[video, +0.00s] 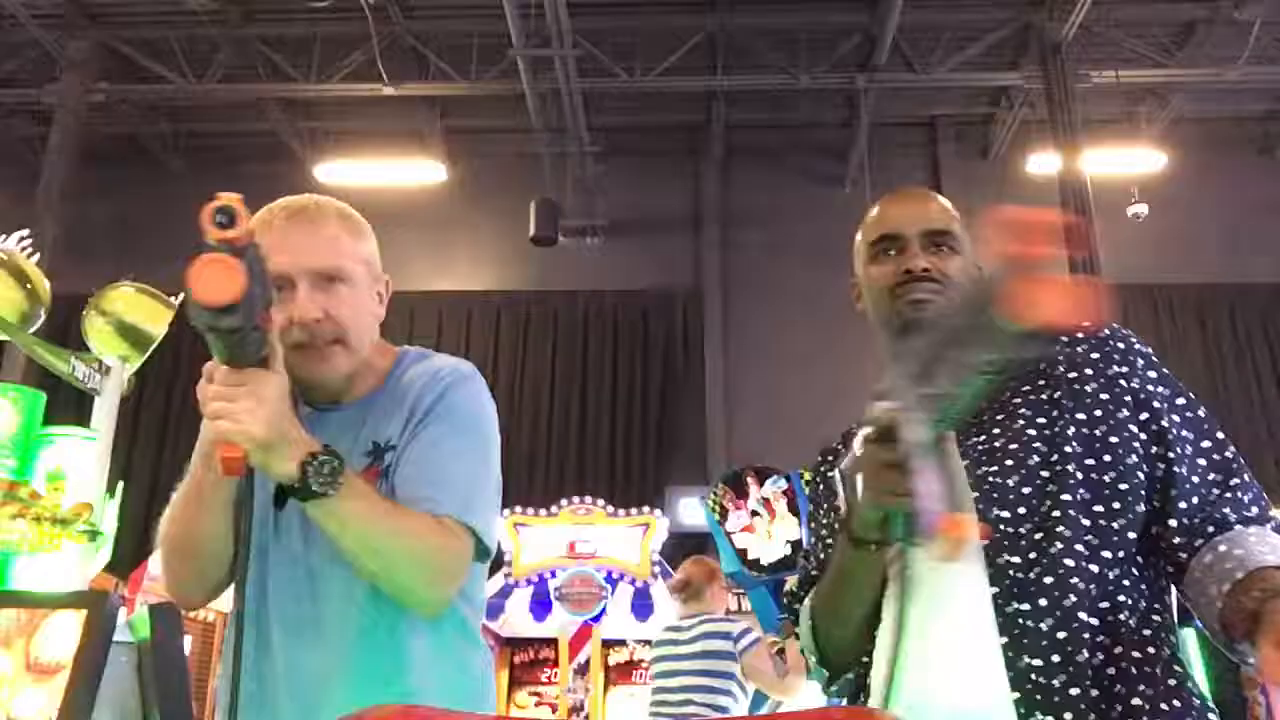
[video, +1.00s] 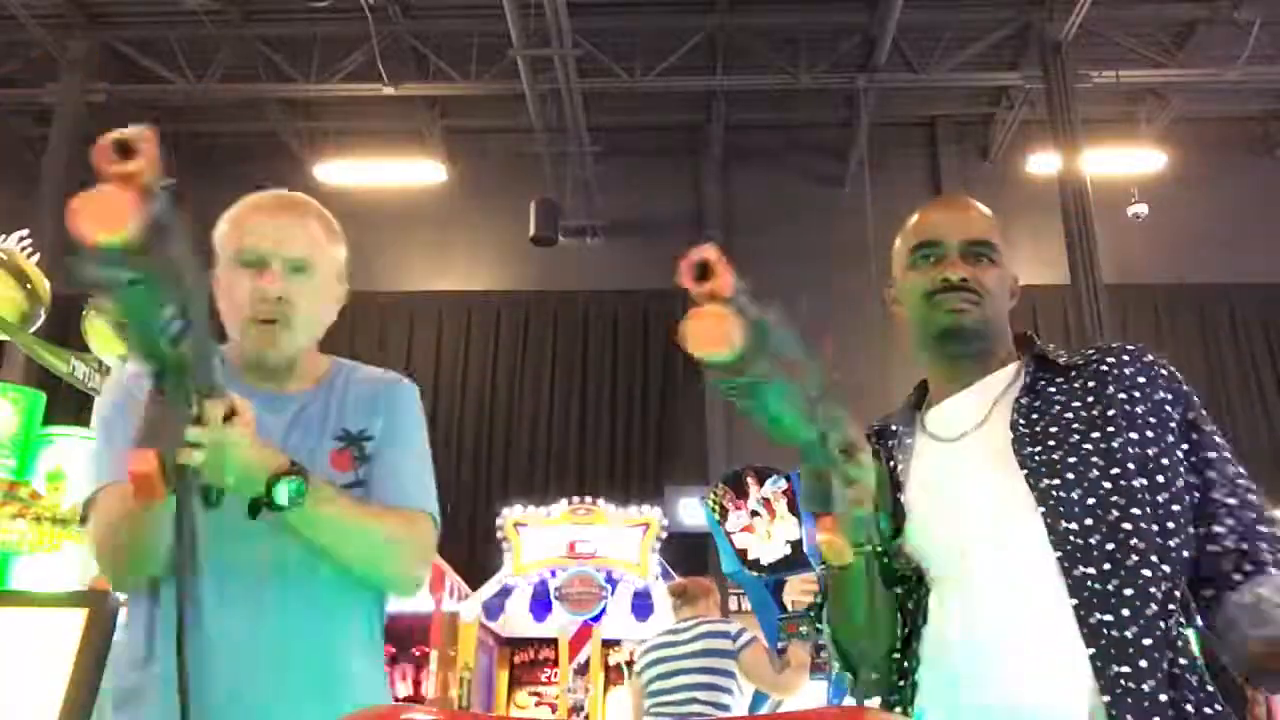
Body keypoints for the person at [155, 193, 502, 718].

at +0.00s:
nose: (305, 312)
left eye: (331, 282)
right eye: (279, 288)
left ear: (381, 297)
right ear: (253, 309)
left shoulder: (446, 391)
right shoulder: (253, 406)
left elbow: (433, 578)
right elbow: (188, 585)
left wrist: (296, 455)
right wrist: (219, 434)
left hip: (417, 709)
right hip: (265, 706)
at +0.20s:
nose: (326, 277)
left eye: (353, 253)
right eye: (301, 255)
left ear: (402, 278)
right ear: (268, 280)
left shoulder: (464, 383)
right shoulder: (247, 400)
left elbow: (493, 566)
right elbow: (172, 575)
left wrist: (348, 474)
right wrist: (207, 408)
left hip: (440, 708)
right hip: (275, 705)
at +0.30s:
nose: (326, 264)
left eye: (355, 240)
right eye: (304, 241)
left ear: (407, 267)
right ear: (277, 266)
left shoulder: (478, 382)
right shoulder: (249, 387)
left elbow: (561, 560)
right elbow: (156, 567)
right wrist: (182, 396)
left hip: (445, 703)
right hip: (281, 702)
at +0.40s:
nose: (299, 283)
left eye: (327, 261)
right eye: (278, 259)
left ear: (379, 286)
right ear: (250, 279)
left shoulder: (450, 411)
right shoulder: (214, 397)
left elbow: (533, 567)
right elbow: (123, 576)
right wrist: (149, 405)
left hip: (395, 713)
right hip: (233, 707)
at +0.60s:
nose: (286, 294)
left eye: (312, 275)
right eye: (263, 273)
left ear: (355, 300)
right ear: (234, 292)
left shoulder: (410, 423)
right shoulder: (182, 401)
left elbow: (452, 566)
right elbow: (110, 545)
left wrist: (452, 664)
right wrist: (133, 407)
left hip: (354, 712)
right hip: (187, 708)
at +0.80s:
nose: (335, 301)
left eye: (361, 283)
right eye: (316, 279)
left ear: (401, 308)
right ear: (286, 297)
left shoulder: (448, 417)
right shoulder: (230, 401)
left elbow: (470, 570)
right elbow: (185, 556)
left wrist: (347, 478)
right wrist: (189, 504)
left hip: (388, 705)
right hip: (239, 703)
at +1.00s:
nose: (273, 288)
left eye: (299, 270)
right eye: (250, 265)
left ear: (338, 295)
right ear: (216, 283)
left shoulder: (383, 401)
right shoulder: (147, 387)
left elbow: (407, 562)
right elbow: (123, 568)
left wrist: (267, 472)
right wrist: (165, 462)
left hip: (329, 704)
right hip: (162, 704)